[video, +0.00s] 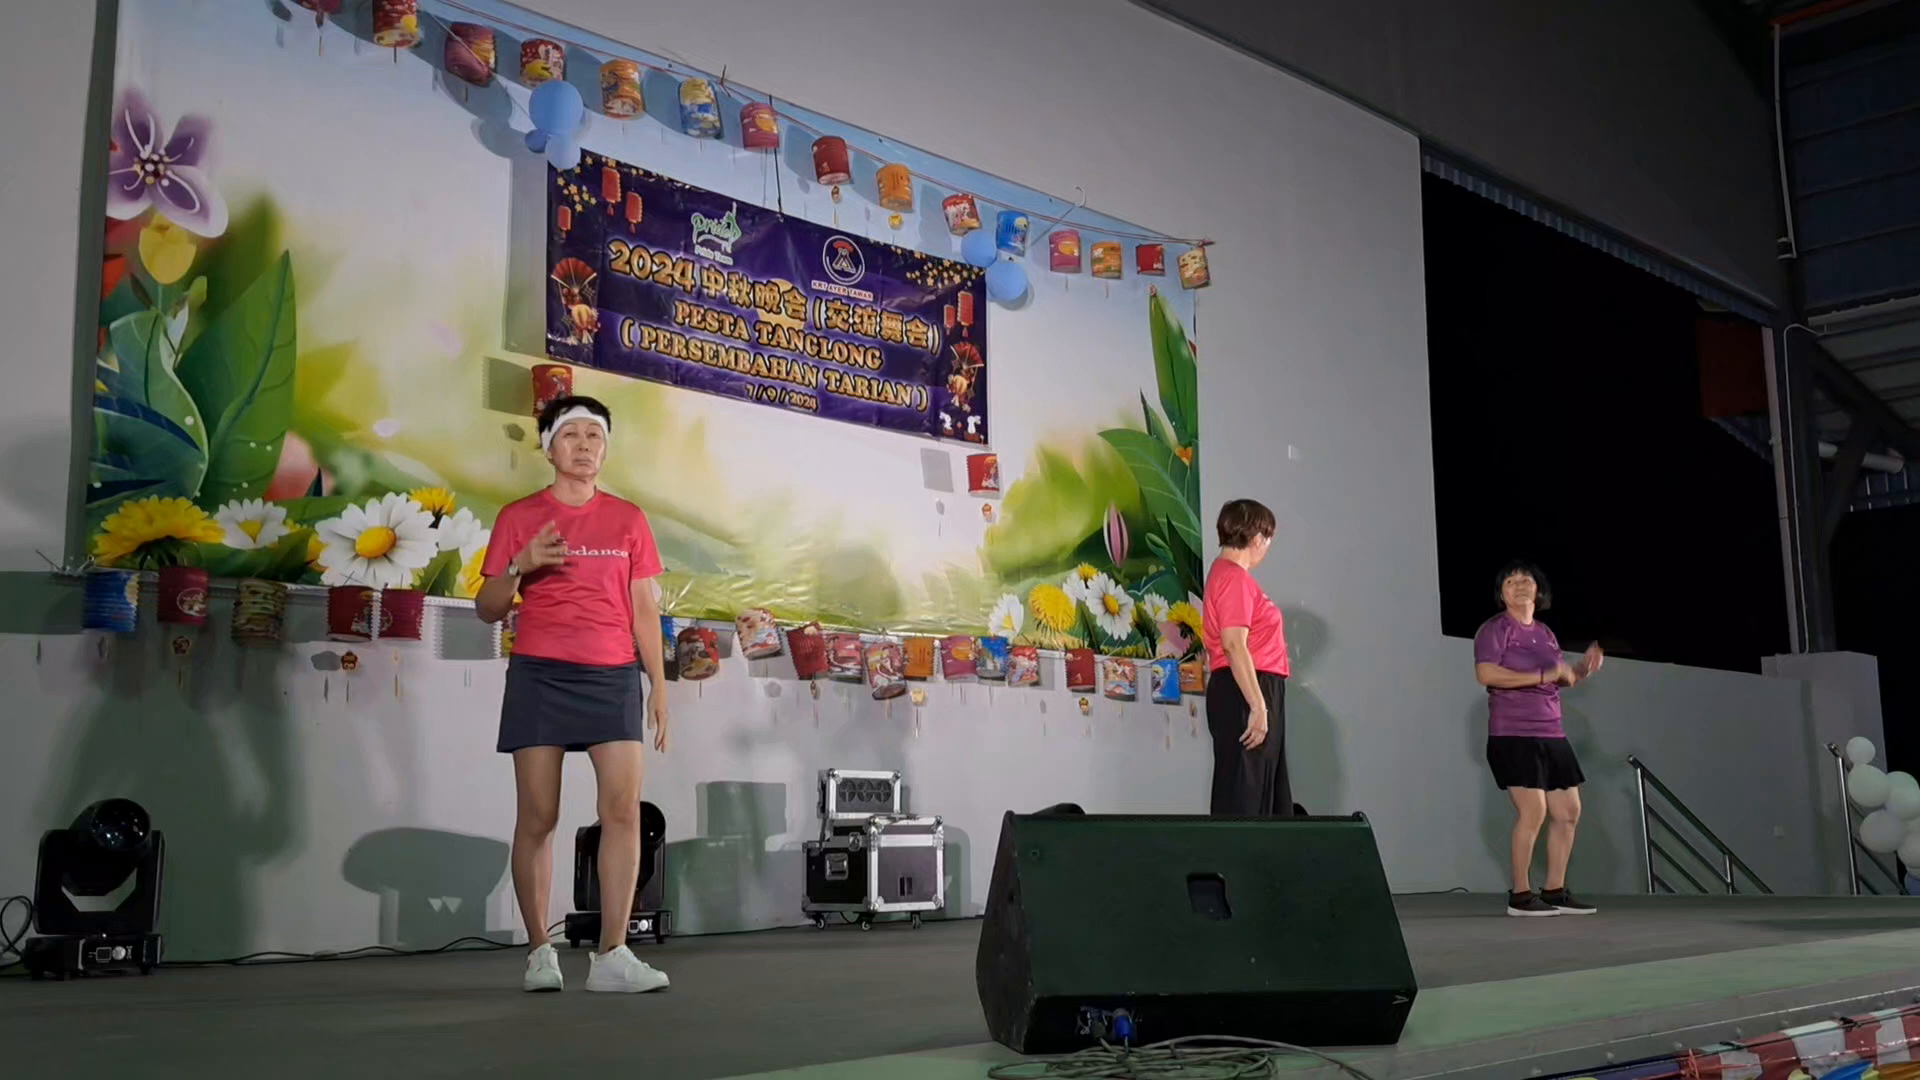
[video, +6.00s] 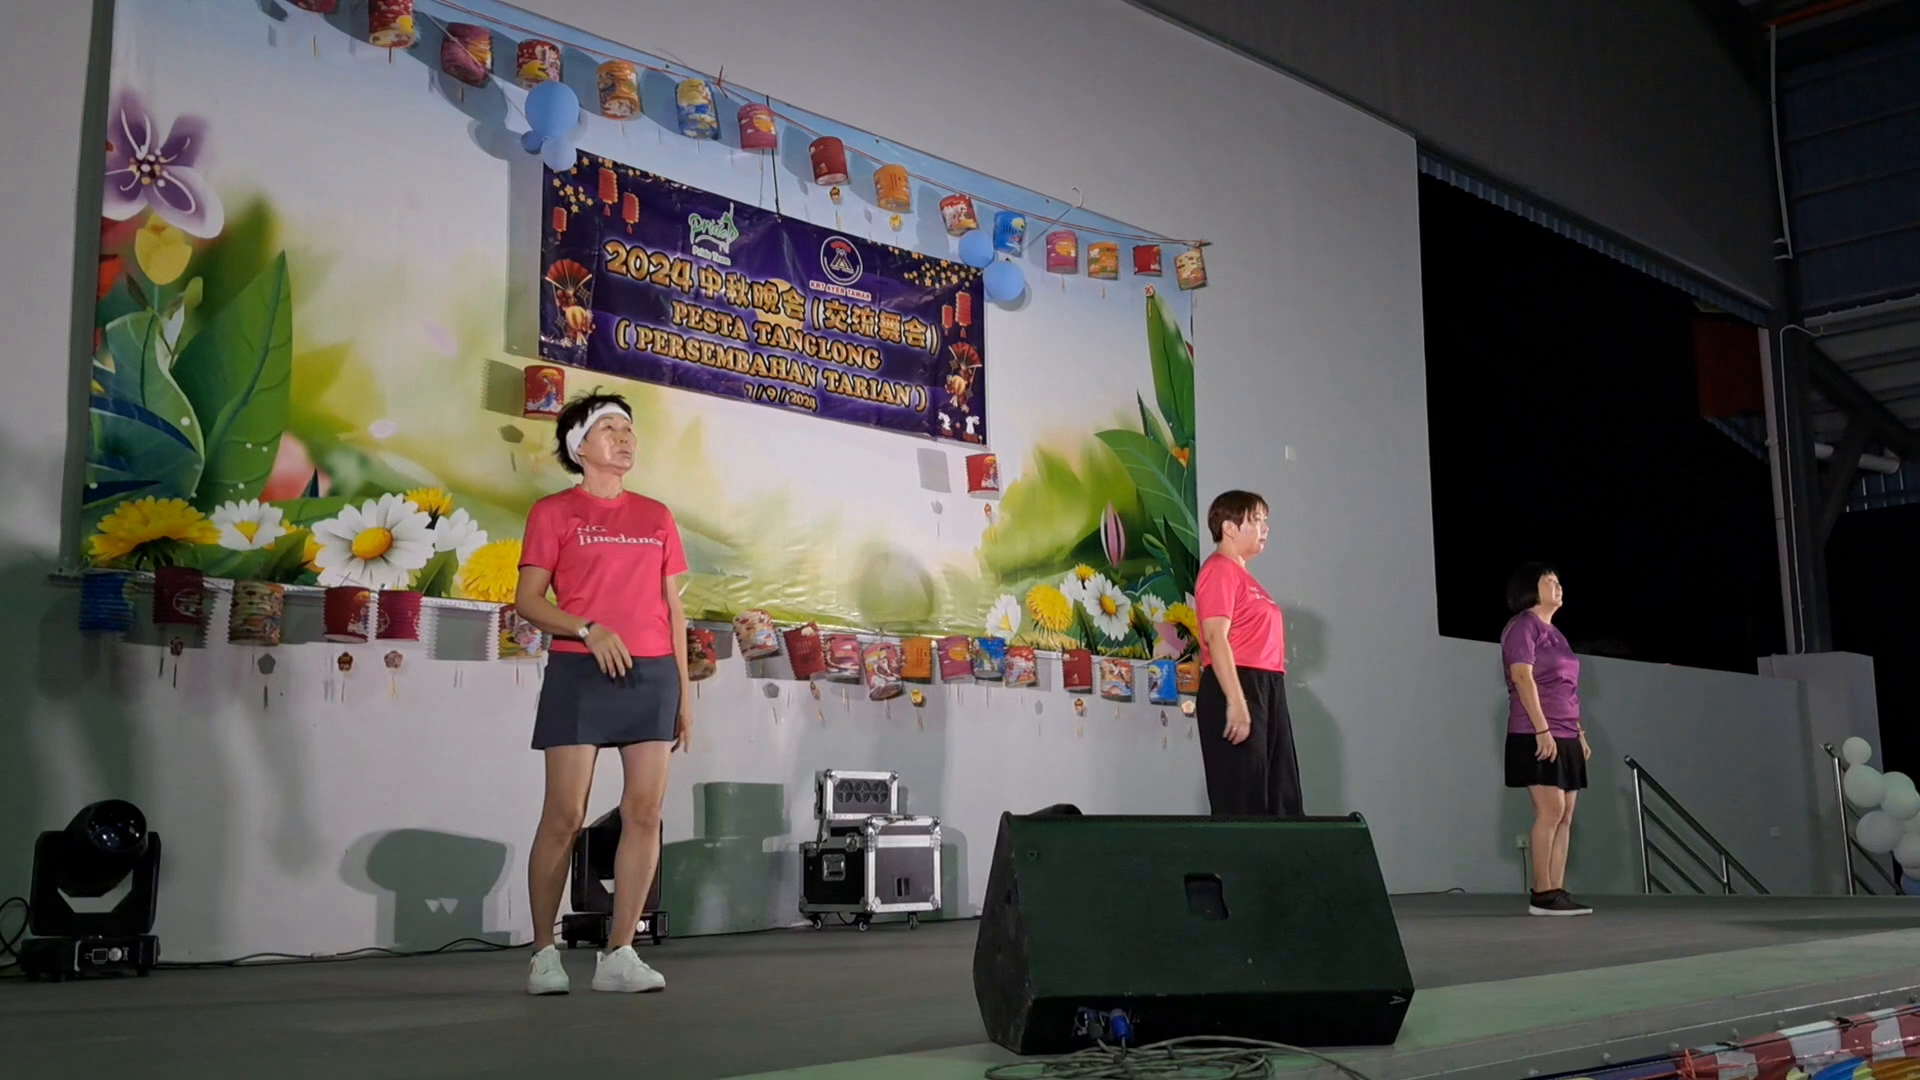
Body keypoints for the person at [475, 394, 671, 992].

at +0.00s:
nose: (583, 444)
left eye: (594, 436)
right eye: (572, 435)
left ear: (606, 449)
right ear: (549, 447)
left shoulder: (628, 519)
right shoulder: (519, 516)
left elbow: (646, 610)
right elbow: (489, 608)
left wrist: (658, 684)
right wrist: (522, 567)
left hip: (614, 678)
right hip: (539, 676)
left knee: (623, 808)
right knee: (538, 817)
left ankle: (612, 952)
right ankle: (541, 949)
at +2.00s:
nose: (612, 441)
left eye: (624, 432)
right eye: (599, 431)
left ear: (638, 447)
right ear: (580, 445)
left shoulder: (663, 517)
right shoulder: (553, 515)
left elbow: (681, 607)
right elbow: (527, 608)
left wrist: (691, 686)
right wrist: (567, 566)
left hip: (657, 672)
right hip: (580, 669)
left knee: (653, 807)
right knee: (600, 800)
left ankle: (615, 952)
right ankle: (564, 928)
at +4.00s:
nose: (590, 450)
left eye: (596, 442)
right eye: (577, 440)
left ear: (602, 454)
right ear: (546, 451)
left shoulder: (617, 522)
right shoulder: (522, 517)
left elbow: (627, 610)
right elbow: (517, 603)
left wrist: (630, 675)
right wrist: (582, 562)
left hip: (609, 677)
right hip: (540, 677)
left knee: (630, 794)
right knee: (540, 815)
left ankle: (620, 941)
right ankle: (542, 948)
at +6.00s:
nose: (624, 439)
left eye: (629, 431)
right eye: (610, 430)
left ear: (635, 447)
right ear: (579, 445)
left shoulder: (657, 516)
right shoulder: (553, 513)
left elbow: (675, 612)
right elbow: (528, 600)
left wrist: (684, 694)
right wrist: (588, 629)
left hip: (654, 674)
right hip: (578, 674)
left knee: (645, 812)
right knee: (565, 818)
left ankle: (620, 952)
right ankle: (545, 949)